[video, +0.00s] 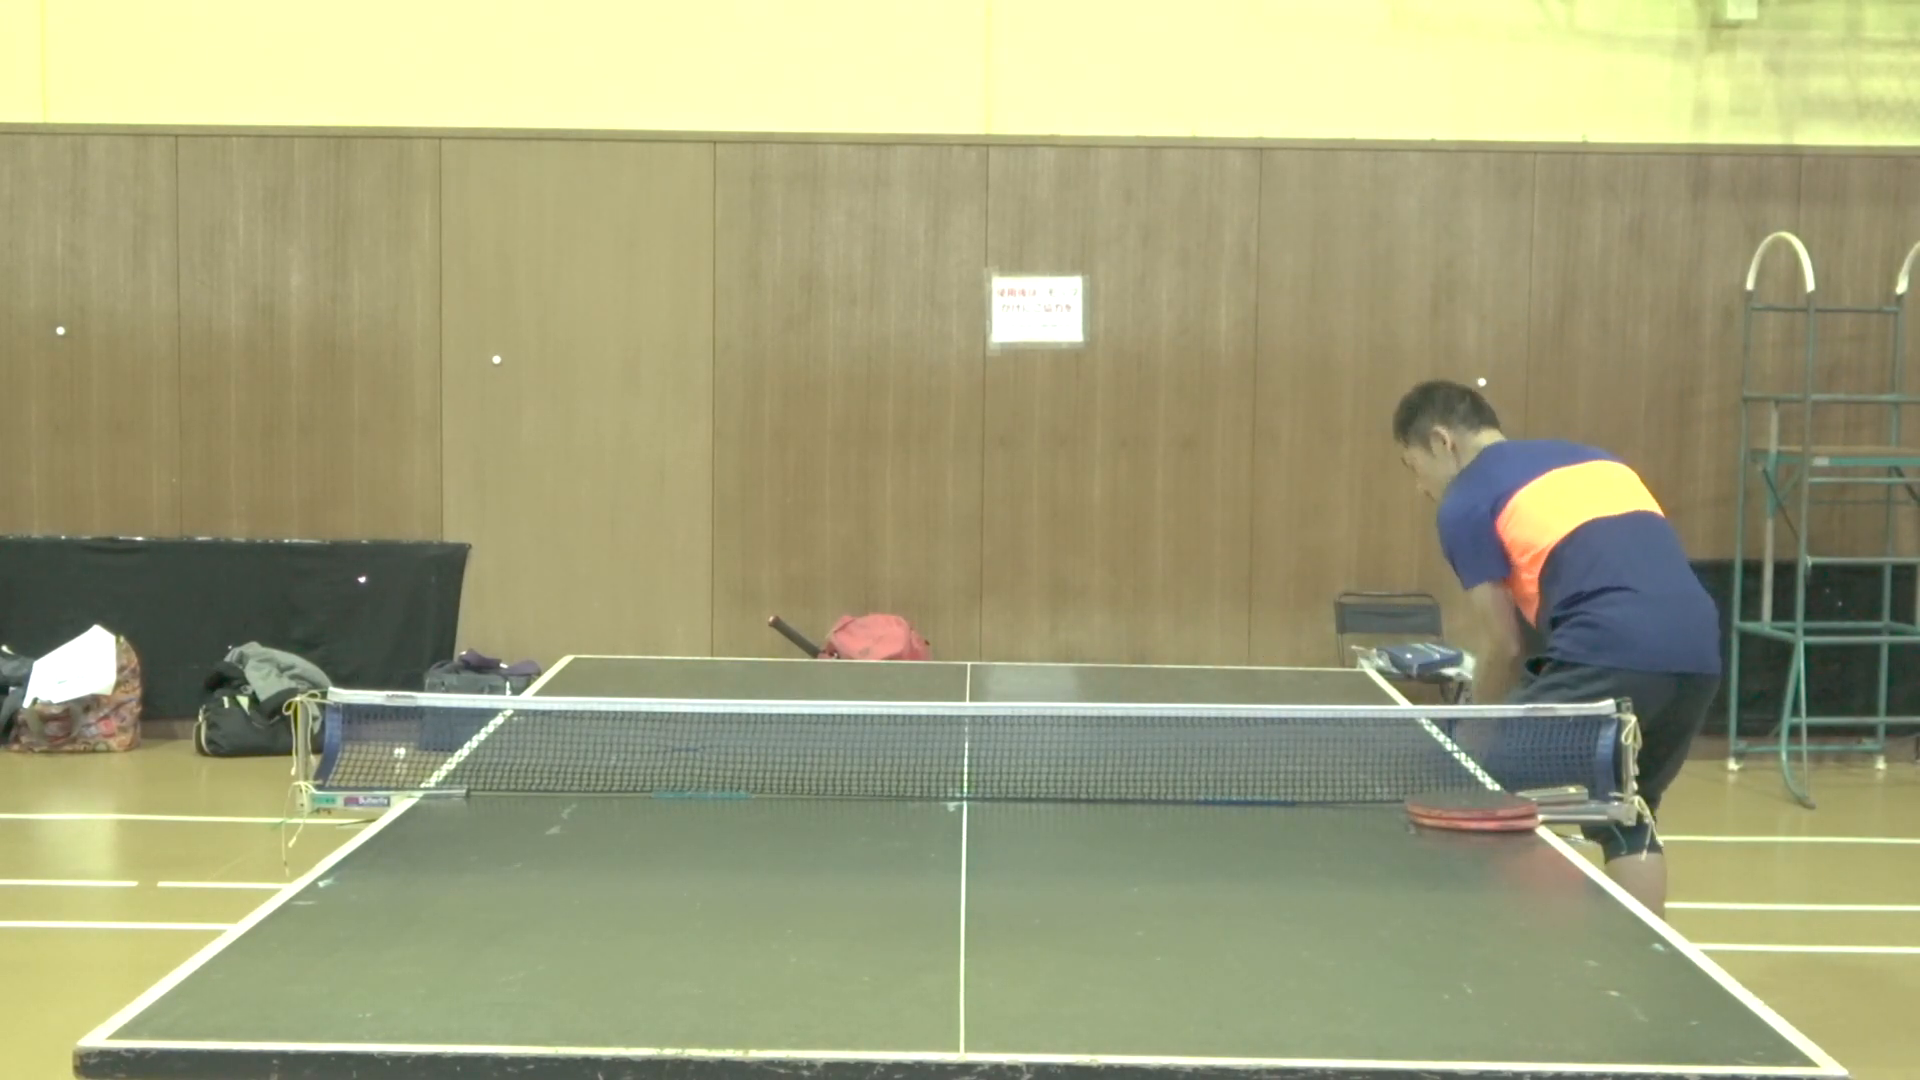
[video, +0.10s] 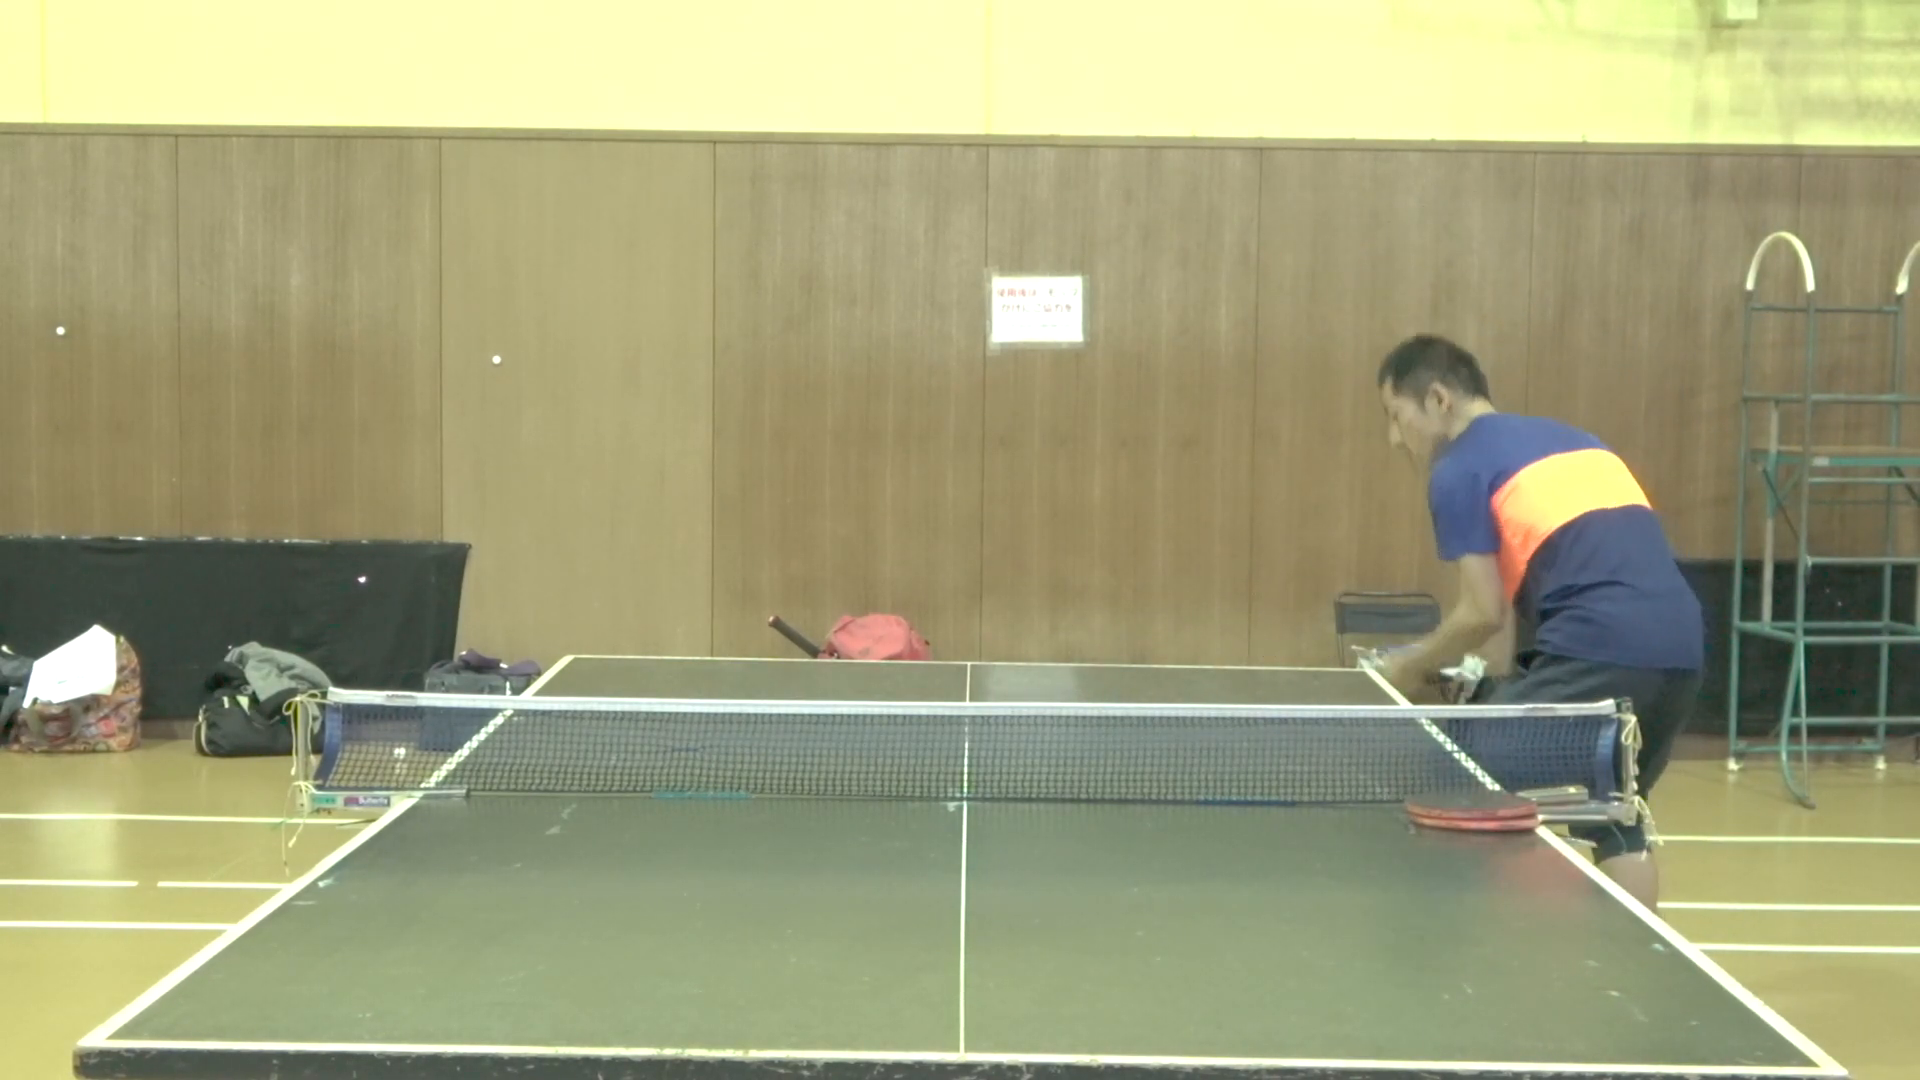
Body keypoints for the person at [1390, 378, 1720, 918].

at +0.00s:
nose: (1420, 485)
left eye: (1415, 466)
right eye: (1412, 470)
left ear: (1444, 441)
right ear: (1491, 429)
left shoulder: (1466, 498)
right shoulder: (1581, 455)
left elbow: (1504, 646)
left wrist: (1471, 740)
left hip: (1608, 649)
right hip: (1699, 649)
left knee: (1476, 782)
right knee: (1628, 807)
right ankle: (1642, 977)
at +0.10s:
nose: (1394, 436)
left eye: (1395, 415)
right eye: (1390, 419)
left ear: (1438, 397)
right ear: (1466, 393)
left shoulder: (1460, 465)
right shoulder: (1559, 436)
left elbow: (1483, 612)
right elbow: (1538, 595)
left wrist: (1407, 666)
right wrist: (1493, 688)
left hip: (1593, 649)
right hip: (1680, 647)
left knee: (1463, 789)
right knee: (1616, 807)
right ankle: (1634, 975)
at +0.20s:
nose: (1374, 392)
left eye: (1381, 371)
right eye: (1373, 375)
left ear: (1431, 362)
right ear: (1444, 361)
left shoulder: (1450, 436)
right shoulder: (1535, 417)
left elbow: (1449, 583)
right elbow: (1579, 576)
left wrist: (1338, 602)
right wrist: (1485, 662)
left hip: (1579, 639)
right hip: (1652, 641)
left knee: (1446, 778)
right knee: (1603, 805)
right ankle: (1633, 973)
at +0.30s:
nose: (1354, 366)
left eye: (1364, 347)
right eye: (1353, 350)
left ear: (1416, 343)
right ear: (1418, 344)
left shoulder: (1442, 415)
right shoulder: (1501, 403)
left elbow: (1414, 560)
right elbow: (1514, 571)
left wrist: (1303, 553)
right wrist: (1420, 635)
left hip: (1559, 638)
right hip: (1621, 638)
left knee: (1436, 780)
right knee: (1585, 809)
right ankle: (1640, 964)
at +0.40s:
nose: (1329, 358)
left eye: (1337, 338)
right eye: (1325, 342)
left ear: (1392, 331)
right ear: (1393, 334)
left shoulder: (1423, 406)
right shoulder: (1465, 394)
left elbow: (1388, 554)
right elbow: (1454, 560)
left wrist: (1279, 527)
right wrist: (1351, 604)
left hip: (1540, 635)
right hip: (1595, 635)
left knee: (1412, 772)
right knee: (1583, 813)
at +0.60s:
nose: (1264, 359)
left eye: (1273, 340)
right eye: (1261, 343)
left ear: (1330, 331)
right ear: (1329, 335)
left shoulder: (1376, 411)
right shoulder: (1401, 394)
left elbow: (1337, 557)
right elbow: (1353, 556)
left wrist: (1223, 526)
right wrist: (1260, 570)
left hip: (1504, 634)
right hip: (1562, 632)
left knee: (1357, 767)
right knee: (1576, 810)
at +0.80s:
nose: (1213, 375)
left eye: (1226, 357)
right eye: (1212, 357)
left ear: (1283, 354)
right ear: (1287, 354)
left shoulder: (1332, 431)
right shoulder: (1358, 407)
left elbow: (1256, 568)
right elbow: (1308, 554)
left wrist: (1136, 512)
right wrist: (1223, 602)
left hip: (1479, 636)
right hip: (1530, 628)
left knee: (1335, 772)